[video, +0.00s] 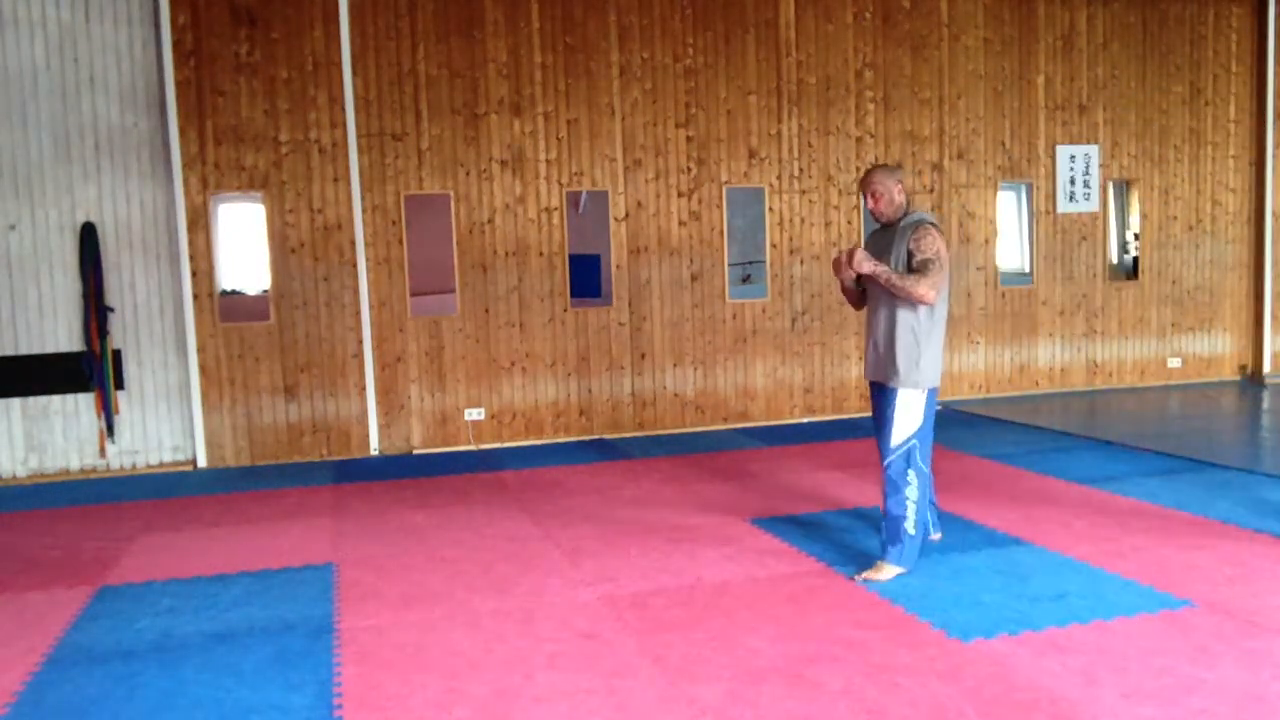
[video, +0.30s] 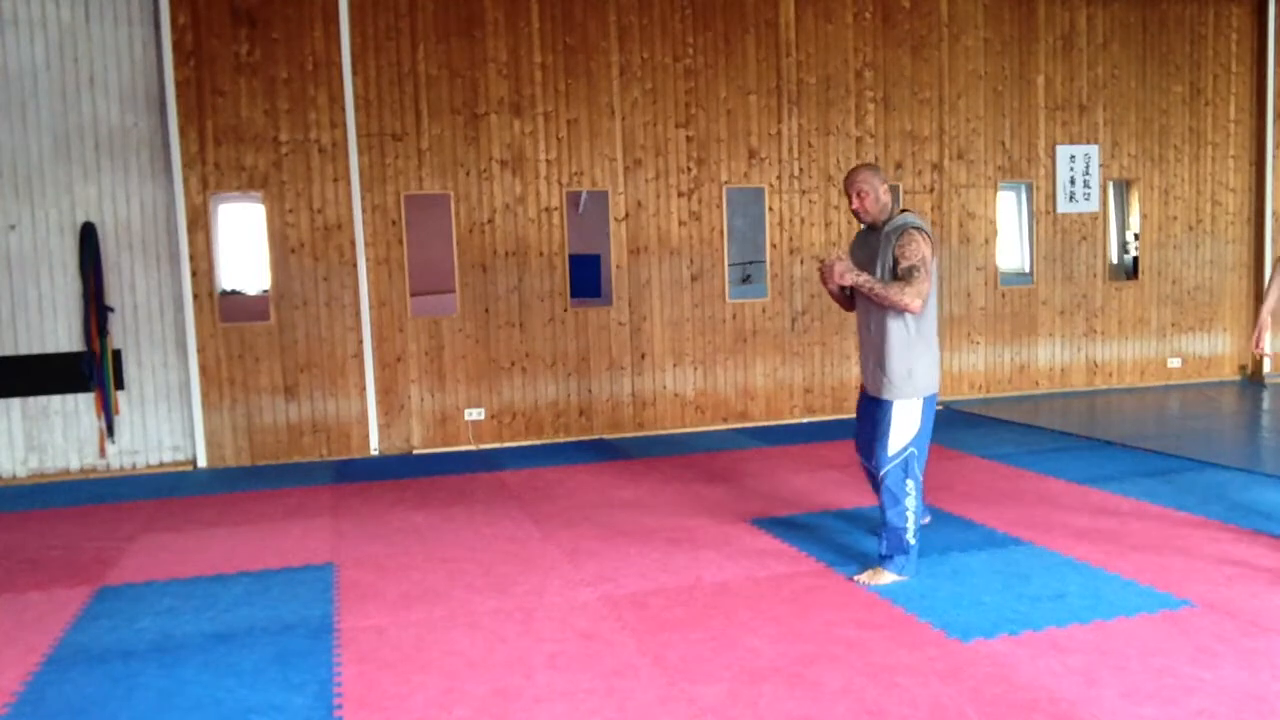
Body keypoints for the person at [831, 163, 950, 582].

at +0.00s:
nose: (871, 204)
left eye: (876, 194)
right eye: (867, 197)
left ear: (899, 191)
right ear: (868, 201)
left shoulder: (924, 233)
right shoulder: (878, 239)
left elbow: (926, 291)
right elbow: (861, 301)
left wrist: (874, 270)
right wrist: (847, 280)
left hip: (913, 366)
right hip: (884, 363)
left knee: (899, 460)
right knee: (903, 454)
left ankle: (899, 554)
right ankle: (926, 524)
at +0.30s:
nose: (856, 203)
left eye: (863, 193)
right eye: (851, 197)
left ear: (886, 191)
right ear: (851, 202)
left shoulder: (910, 235)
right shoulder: (864, 241)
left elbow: (913, 299)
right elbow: (854, 304)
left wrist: (856, 279)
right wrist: (834, 285)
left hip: (908, 380)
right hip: (877, 376)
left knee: (896, 472)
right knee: (871, 453)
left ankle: (898, 561)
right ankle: (912, 512)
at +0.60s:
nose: (849, 210)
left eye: (855, 200)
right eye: (843, 203)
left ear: (878, 196)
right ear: (842, 207)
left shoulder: (910, 241)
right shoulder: (847, 248)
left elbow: (928, 305)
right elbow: (834, 311)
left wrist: (866, 299)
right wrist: (833, 302)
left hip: (907, 381)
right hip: (870, 378)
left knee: (889, 468)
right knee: (872, 461)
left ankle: (898, 561)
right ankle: (893, 528)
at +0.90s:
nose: (853, 206)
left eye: (860, 197)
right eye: (847, 200)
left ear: (881, 196)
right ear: (843, 206)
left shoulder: (913, 241)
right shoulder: (843, 250)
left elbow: (935, 301)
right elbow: (831, 312)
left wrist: (880, 299)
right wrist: (834, 303)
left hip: (903, 379)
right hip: (863, 377)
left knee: (890, 468)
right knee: (870, 462)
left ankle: (899, 560)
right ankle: (894, 526)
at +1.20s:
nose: (864, 198)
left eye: (872, 190)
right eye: (858, 193)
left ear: (890, 193)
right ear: (851, 201)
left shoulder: (916, 239)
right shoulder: (844, 247)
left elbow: (934, 301)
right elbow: (830, 311)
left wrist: (883, 290)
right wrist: (830, 296)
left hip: (901, 375)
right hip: (860, 372)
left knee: (893, 469)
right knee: (871, 462)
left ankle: (899, 560)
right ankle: (895, 526)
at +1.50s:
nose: (866, 199)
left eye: (873, 191)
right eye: (860, 193)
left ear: (891, 193)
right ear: (853, 201)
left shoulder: (917, 238)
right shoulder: (844, 246)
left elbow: (942, 299)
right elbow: (828, 313)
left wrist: (899, 286)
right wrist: (832, 290)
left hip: (902, 372)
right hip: (860, 371)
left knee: (894, 468)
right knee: (872, 462)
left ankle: (900, 560)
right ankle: (896, 526)